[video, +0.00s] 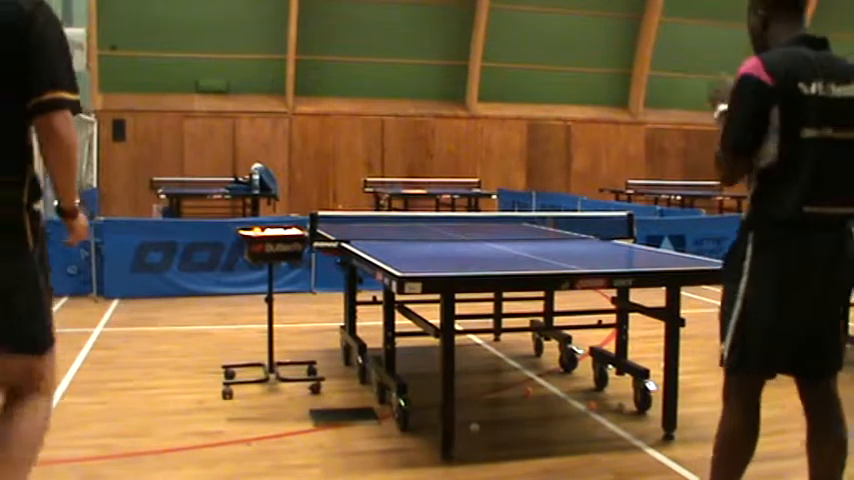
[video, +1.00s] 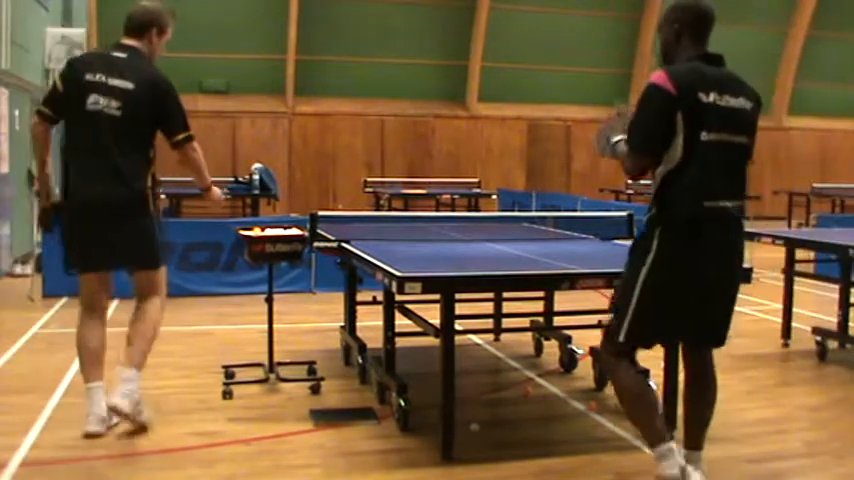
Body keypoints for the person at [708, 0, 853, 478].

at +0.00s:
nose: (750, 31)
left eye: (751, 20)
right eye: (752, 21)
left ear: (761, 18)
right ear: (802, 18)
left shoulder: (762, 73)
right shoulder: (846, 73)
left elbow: (729, 169)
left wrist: (729, 115)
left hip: (773, 245)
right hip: (835, 244)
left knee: (742, 390)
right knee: (821, 390)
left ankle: (721, 474)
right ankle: (827, 477)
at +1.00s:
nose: (659, 42)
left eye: (661, 34)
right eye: (660, 34)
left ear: (674, 32)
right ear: (707, 34)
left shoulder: (668, 84)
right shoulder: (746, 93)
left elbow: (636, 166)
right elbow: (730, 163)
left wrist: (614, 141)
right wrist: (655, 137)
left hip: (674, 233)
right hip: (727, 236)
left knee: (617, 351)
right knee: (698, 351)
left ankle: (670, 462)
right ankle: (692, 465)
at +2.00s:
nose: (557, 53)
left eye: (558, 46)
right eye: (561, 45)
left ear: (564, 46)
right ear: (602, 42)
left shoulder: (550, 95)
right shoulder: (646, 82)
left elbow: (530, 179)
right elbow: (682, 158)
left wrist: (533, 168)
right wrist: (634, 158)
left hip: (591, 236)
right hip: (649, 230)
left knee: (571, 359)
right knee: (679, 343)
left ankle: (561, 469)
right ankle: (709, 462)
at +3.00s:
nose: (592, 73)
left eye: (592, 66)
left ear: (594, 69)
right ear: (637, 69)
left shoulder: (572, 107)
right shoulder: (670, 111)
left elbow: (552, 176)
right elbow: (686, 188)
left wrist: (564, 200)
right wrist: (654, 211)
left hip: (604, 244)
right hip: (666, 246)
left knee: (560, 357)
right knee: (694, 355)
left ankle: (536, 469)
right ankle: (718, 465)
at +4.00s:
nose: (643, 102)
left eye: (640, 95)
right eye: (643, 96)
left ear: (606, 94)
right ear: (640, 96)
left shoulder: (564, 131)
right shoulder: (643, 116)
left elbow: (517, 189)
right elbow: (647, 173)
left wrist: (536, 232)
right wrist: (696, 234)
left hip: (562, 253)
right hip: (623, 254)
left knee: (521, 360)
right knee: (676, 359)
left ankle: (504, 467)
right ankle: (701, 466)